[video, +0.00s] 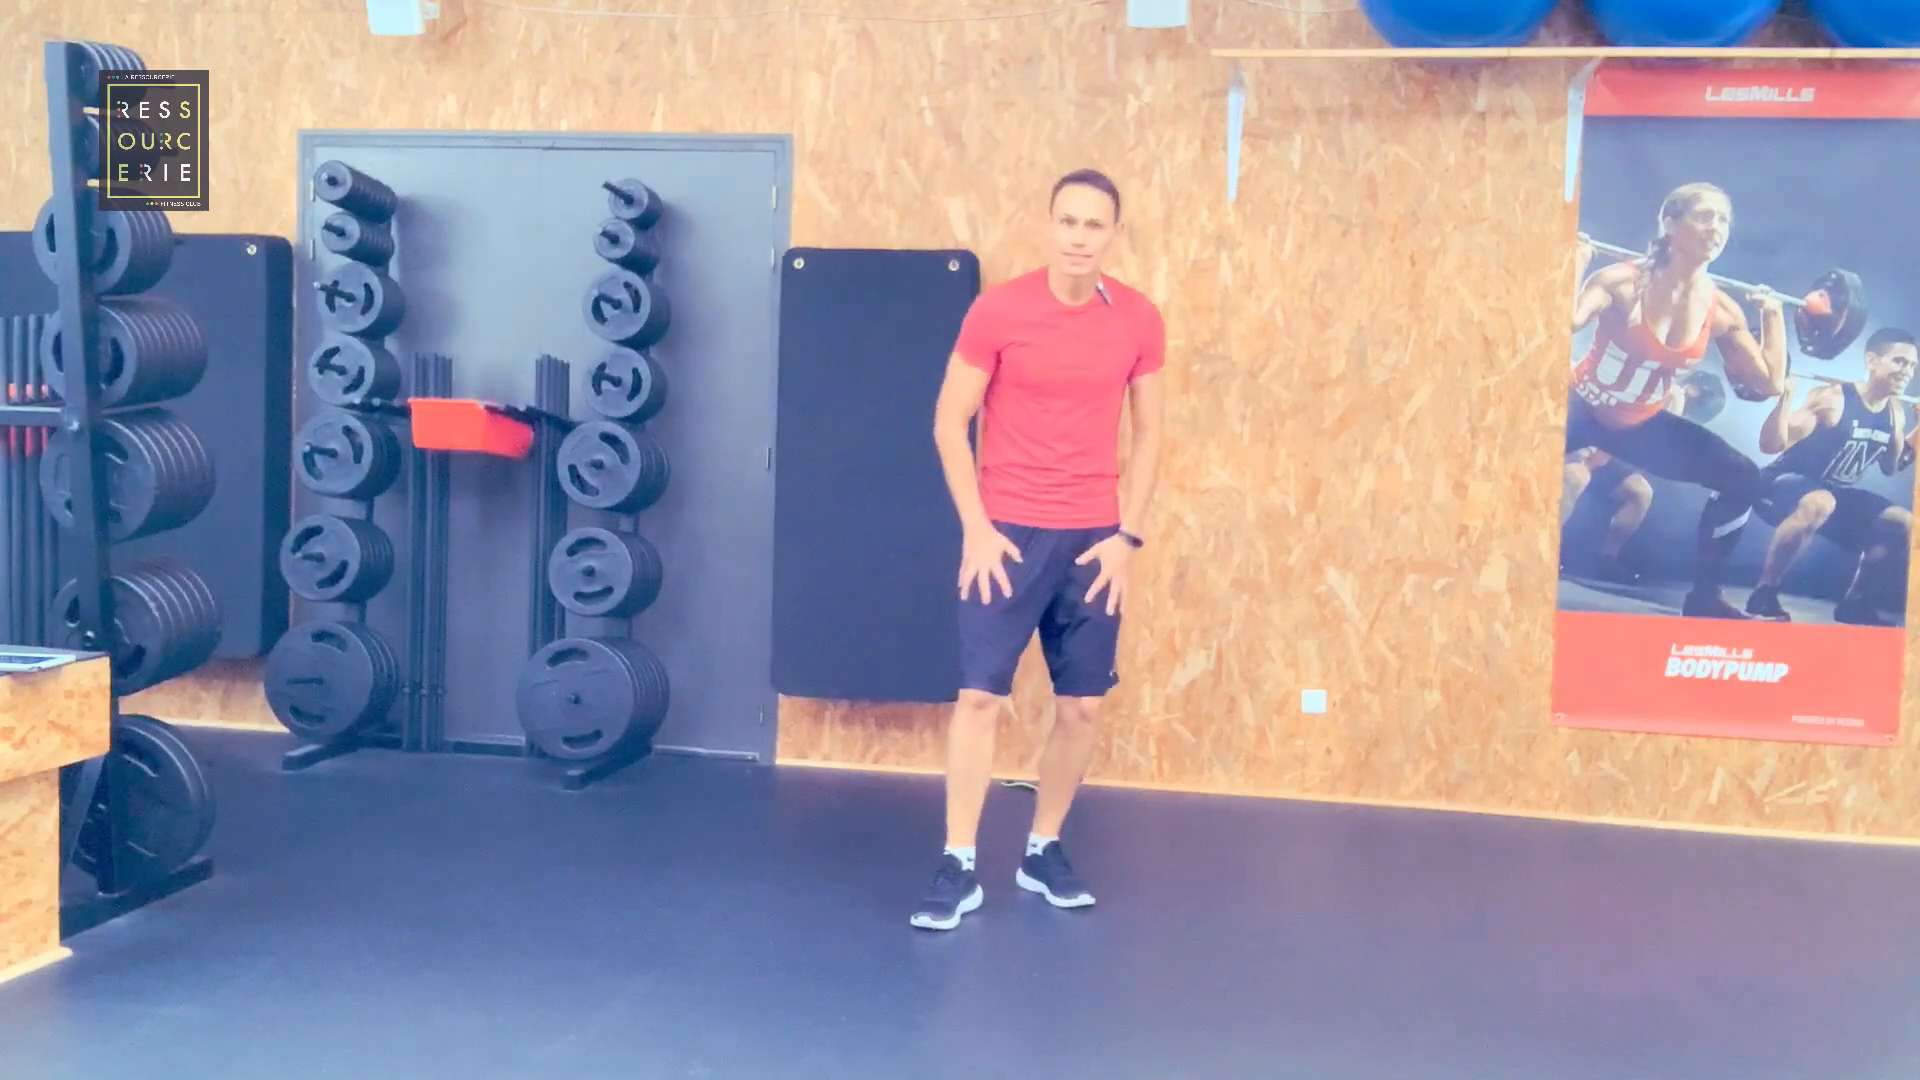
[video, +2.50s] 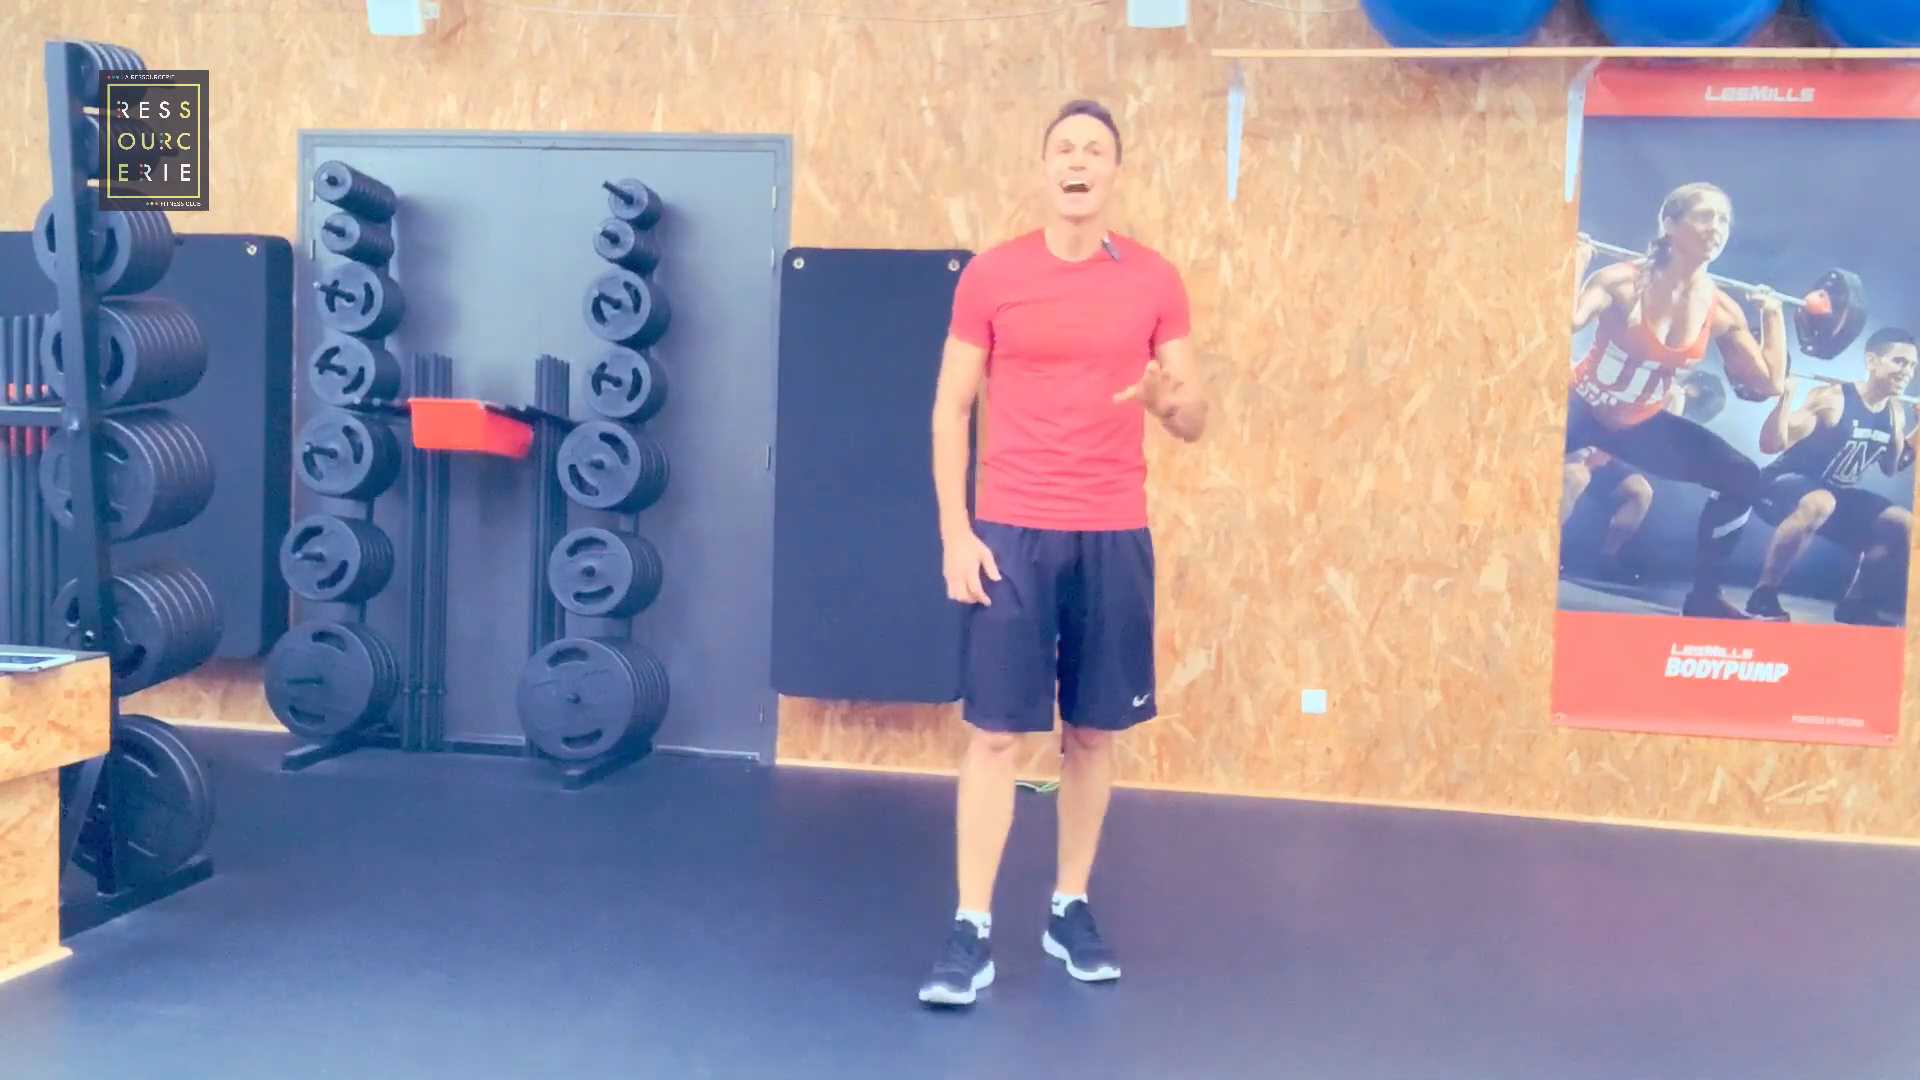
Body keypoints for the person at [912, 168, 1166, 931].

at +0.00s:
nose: (1079, 237)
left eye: (1094, 225)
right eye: (1068, 221)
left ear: (1115, 236)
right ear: (1047, 226)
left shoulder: (1138, 320)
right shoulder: (996, 310)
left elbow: (1148, 433)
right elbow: (948, 424)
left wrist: (1128, 535)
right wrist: (975, 525)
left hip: (1094, 539)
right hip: (1005, 534)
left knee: (1081, 704)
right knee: (980, 695)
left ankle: (1043, 851)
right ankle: (957, 864)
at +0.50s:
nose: (1079, 208)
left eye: (1094, 197)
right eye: (1069, 194)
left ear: (1114, 214)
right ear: (1047, 205)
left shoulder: (1138, 307)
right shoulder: (995, 295)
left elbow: (1152, 417)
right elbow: (945, 410)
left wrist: (1131, 518)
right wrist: (975, 509)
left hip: (1093, 530)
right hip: (1005, 526)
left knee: (1071, 697)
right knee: (984, 695)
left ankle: (1044, 850)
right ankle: (963, 865)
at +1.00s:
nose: (1025, 187)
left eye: (1041, 176)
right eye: (1014, 173)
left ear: (1065, 196)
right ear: (994, 191)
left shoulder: (1093, 293)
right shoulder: (949, 286)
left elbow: (1127, 411)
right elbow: (910, 409)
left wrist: (1106, 513)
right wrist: (929, 515)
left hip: (1061, 529)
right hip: (967, 526)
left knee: (1058, 699)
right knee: (964, 696)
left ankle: (1047, 845)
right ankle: (962, 866)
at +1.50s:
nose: (1007, 180)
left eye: (1023, 170)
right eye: (995, 168)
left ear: (1045, 192)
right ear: (971, 188)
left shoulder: (1077, 285)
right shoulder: (928, 285)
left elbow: (1115, 420)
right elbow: (888, 413)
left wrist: (1104, 378)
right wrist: (898, 524)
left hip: (1049, 525)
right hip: (955, 526)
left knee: (1056, 707)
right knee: (961, 704)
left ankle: (1070, 897)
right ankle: (961, 873)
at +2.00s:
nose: (1064, 178)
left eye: (1080, 165)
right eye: (1051, 163)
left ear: (1103, 183)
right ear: (1027, 178)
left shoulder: (1138, 281)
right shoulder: (981, 280)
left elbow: (1173, 416)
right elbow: (946, 411)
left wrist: (1146, 401)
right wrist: (946, 527)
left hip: (1105, 530)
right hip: (1006, 528)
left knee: (1091, 721)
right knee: (982, 717)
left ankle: (1072, 907)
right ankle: (965, 858)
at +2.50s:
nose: (1076, 165)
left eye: (1094, 152)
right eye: (1063, 151)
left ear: (1120, 174)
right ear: (1039, 170)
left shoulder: (1154, 279)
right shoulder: (991, 273)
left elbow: (1188, 423)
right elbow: (951, 406)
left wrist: (1172, 396)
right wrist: (955, 529)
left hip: (1112, 536)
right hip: (1010, 531)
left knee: (1092, 734)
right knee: (995, 732)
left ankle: (1071, 911)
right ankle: (970, 932)